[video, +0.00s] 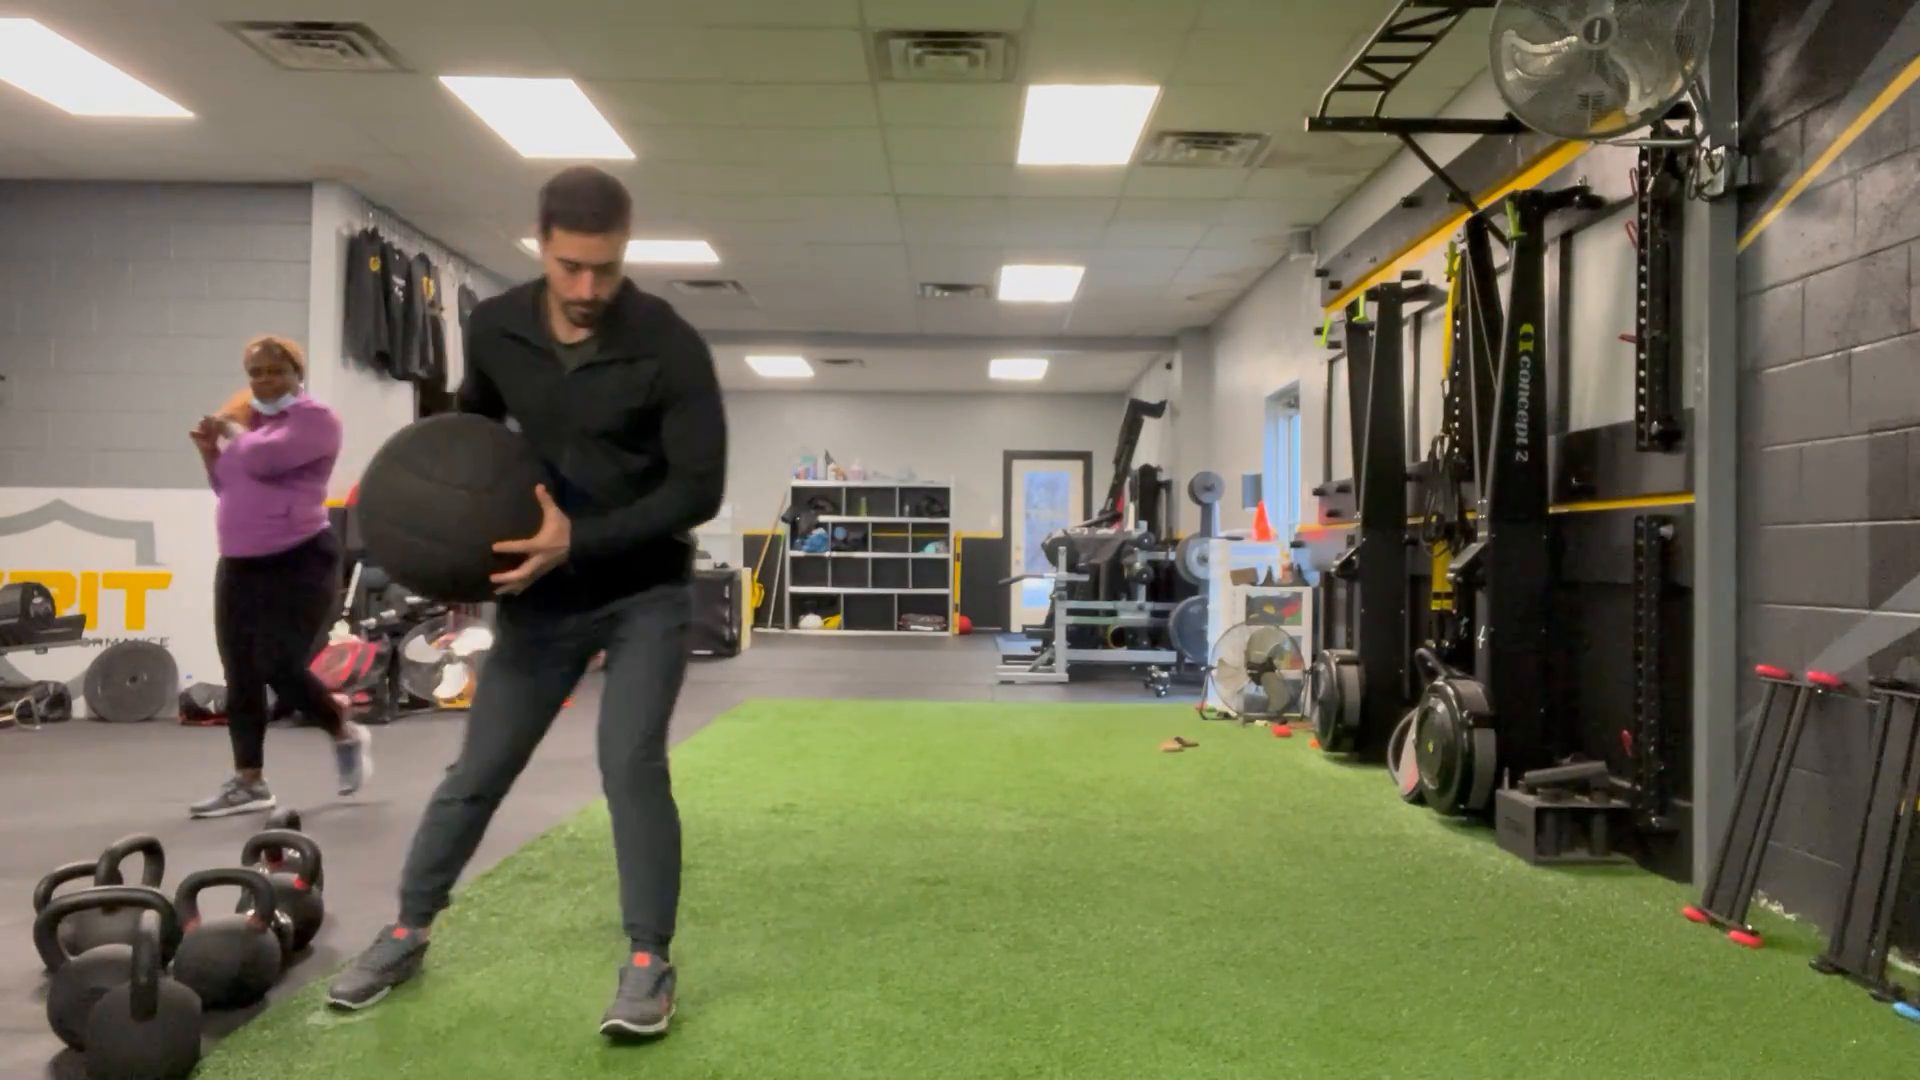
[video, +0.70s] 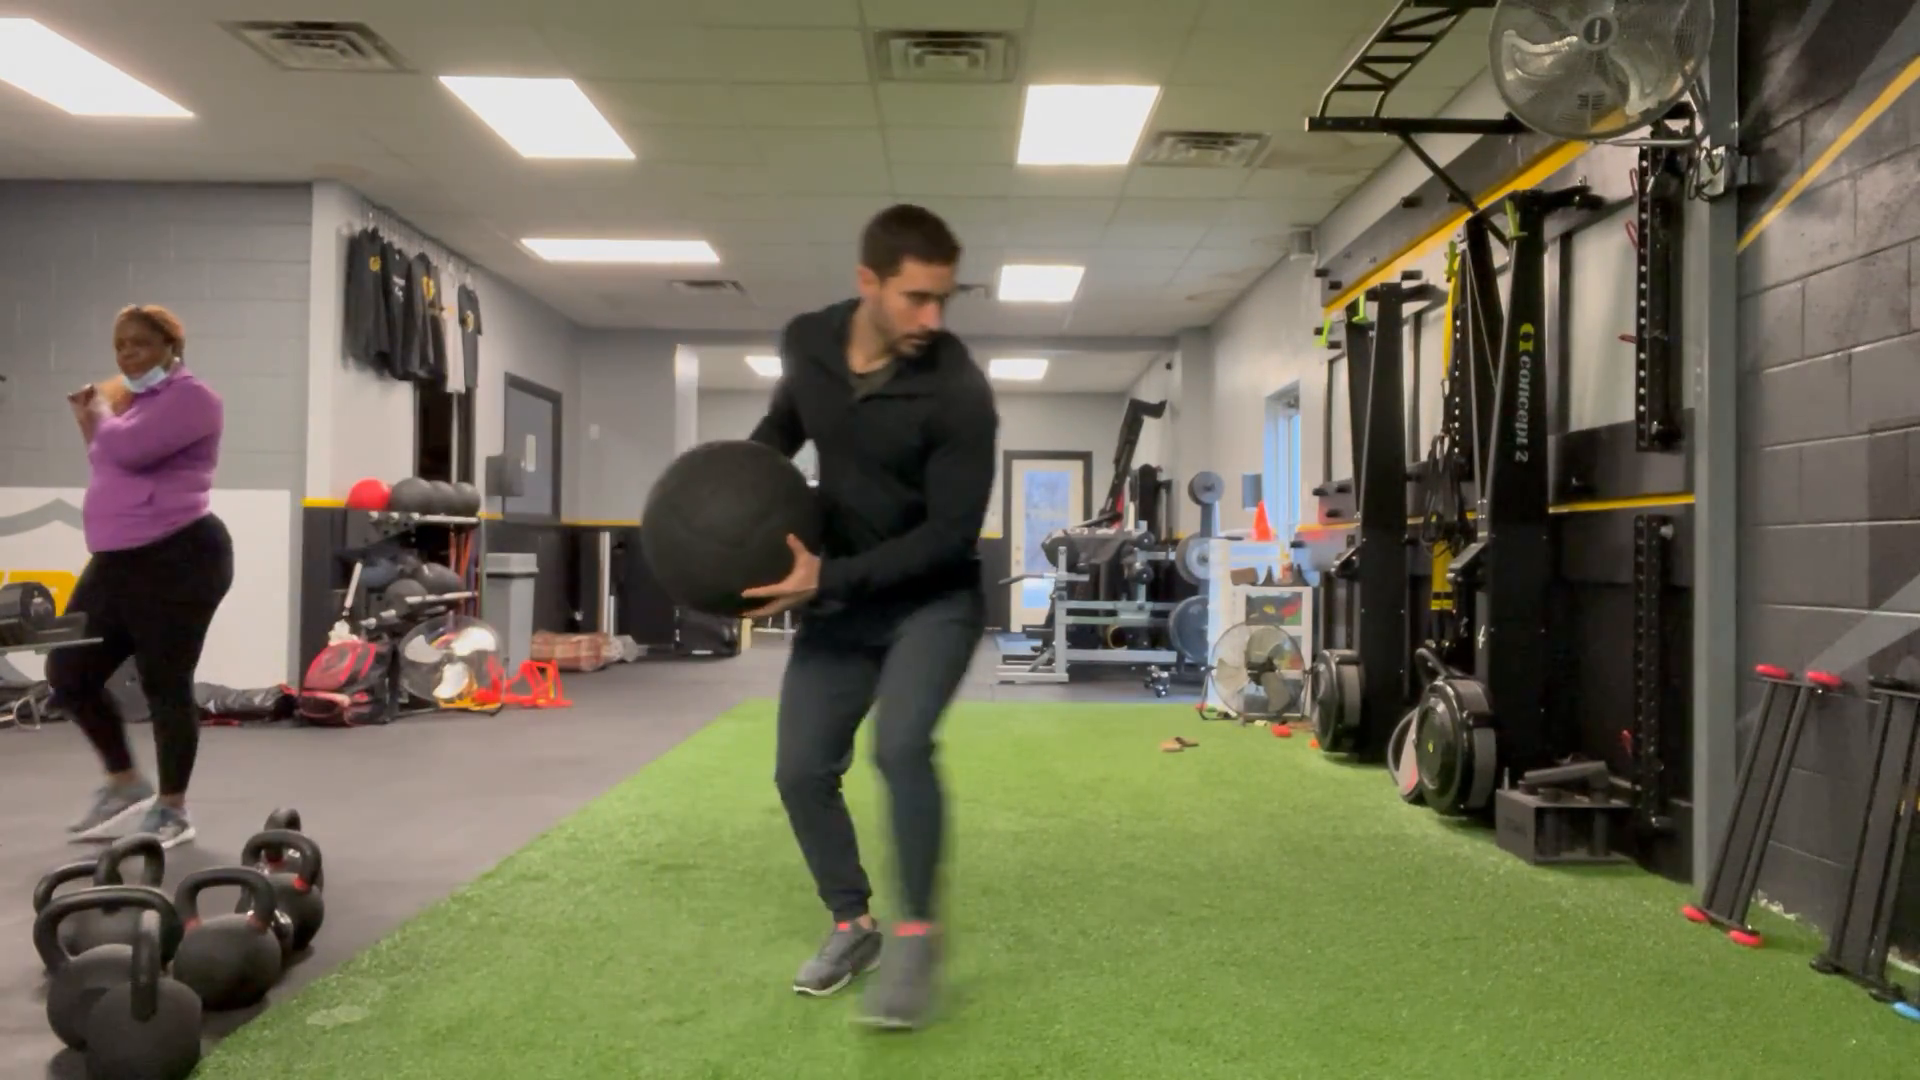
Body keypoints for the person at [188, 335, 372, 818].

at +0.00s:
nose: (265, 381)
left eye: (275, 371)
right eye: (256, 373)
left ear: (296, 374)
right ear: (246, 378)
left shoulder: (317, 421)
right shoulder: (244, 421)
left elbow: (260, 460)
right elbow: (226, 486)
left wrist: (234, 433)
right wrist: (209, 453)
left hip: (301, 558)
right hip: (241, 562)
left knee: (280, 665)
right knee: (241, 675)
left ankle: (347, 734)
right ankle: (249, 779)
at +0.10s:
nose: (246, 375)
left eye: (256, 366)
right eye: (237, 368)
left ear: (276, 369)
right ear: (228, 372)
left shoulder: (300, 417)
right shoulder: (221, 420)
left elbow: (254, 457)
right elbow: (203, 485)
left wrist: (212, 433)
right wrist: (187, 446)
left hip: (282, 552)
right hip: (223, 557)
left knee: (245, 657)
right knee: (231, 666)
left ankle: (292, 759)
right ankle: (247, 779)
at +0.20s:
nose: (228, 374)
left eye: (238, 364)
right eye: (219, 366)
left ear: (259, 367)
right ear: (210, 371)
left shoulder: (282, 417)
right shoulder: (203, 419)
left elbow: (236, 459)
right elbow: (184, 486)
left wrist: (194, 429)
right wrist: (169, 444)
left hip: (263, 554)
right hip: (206, 560)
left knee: (227, 663)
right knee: (220, 669)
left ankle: (242, 784)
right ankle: (240, 784)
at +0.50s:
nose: (172, 365)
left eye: (182, 356)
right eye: (163, 357)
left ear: (206, 359)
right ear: (155, 362)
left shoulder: (230, 411)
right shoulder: (154, 412)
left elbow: (171, 452)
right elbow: (138, 480)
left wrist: (136, 424)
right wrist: (119, 441)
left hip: (209, 553)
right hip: (155, 560)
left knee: (188, 678)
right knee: (142, 674)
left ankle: (173, 806)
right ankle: (221, 759)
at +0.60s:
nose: (151, 360)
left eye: (162, 350)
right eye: (143, 353)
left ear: (189, 352)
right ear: (137, 358)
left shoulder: (213, 405)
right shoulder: (142, 409)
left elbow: (146, 449)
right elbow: (122, 477)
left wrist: (119, 422)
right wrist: (102, 437)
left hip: (195, 556)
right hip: (138, 561)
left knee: (179, 683)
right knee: (100, 676)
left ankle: (172, 809)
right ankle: (190, 751)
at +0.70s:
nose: (131, 354)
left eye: (141, 344)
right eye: (123, 346)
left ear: (170, 346)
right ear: (119, 352)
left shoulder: (193, 399)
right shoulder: (128, 401)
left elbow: (132, 449)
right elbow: (111, 469)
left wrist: (105, 413)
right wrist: (89, 426)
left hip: (179, 556)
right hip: (120, 559)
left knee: (167, 682)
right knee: (71, 670)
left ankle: (172, 807)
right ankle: (124, 783)